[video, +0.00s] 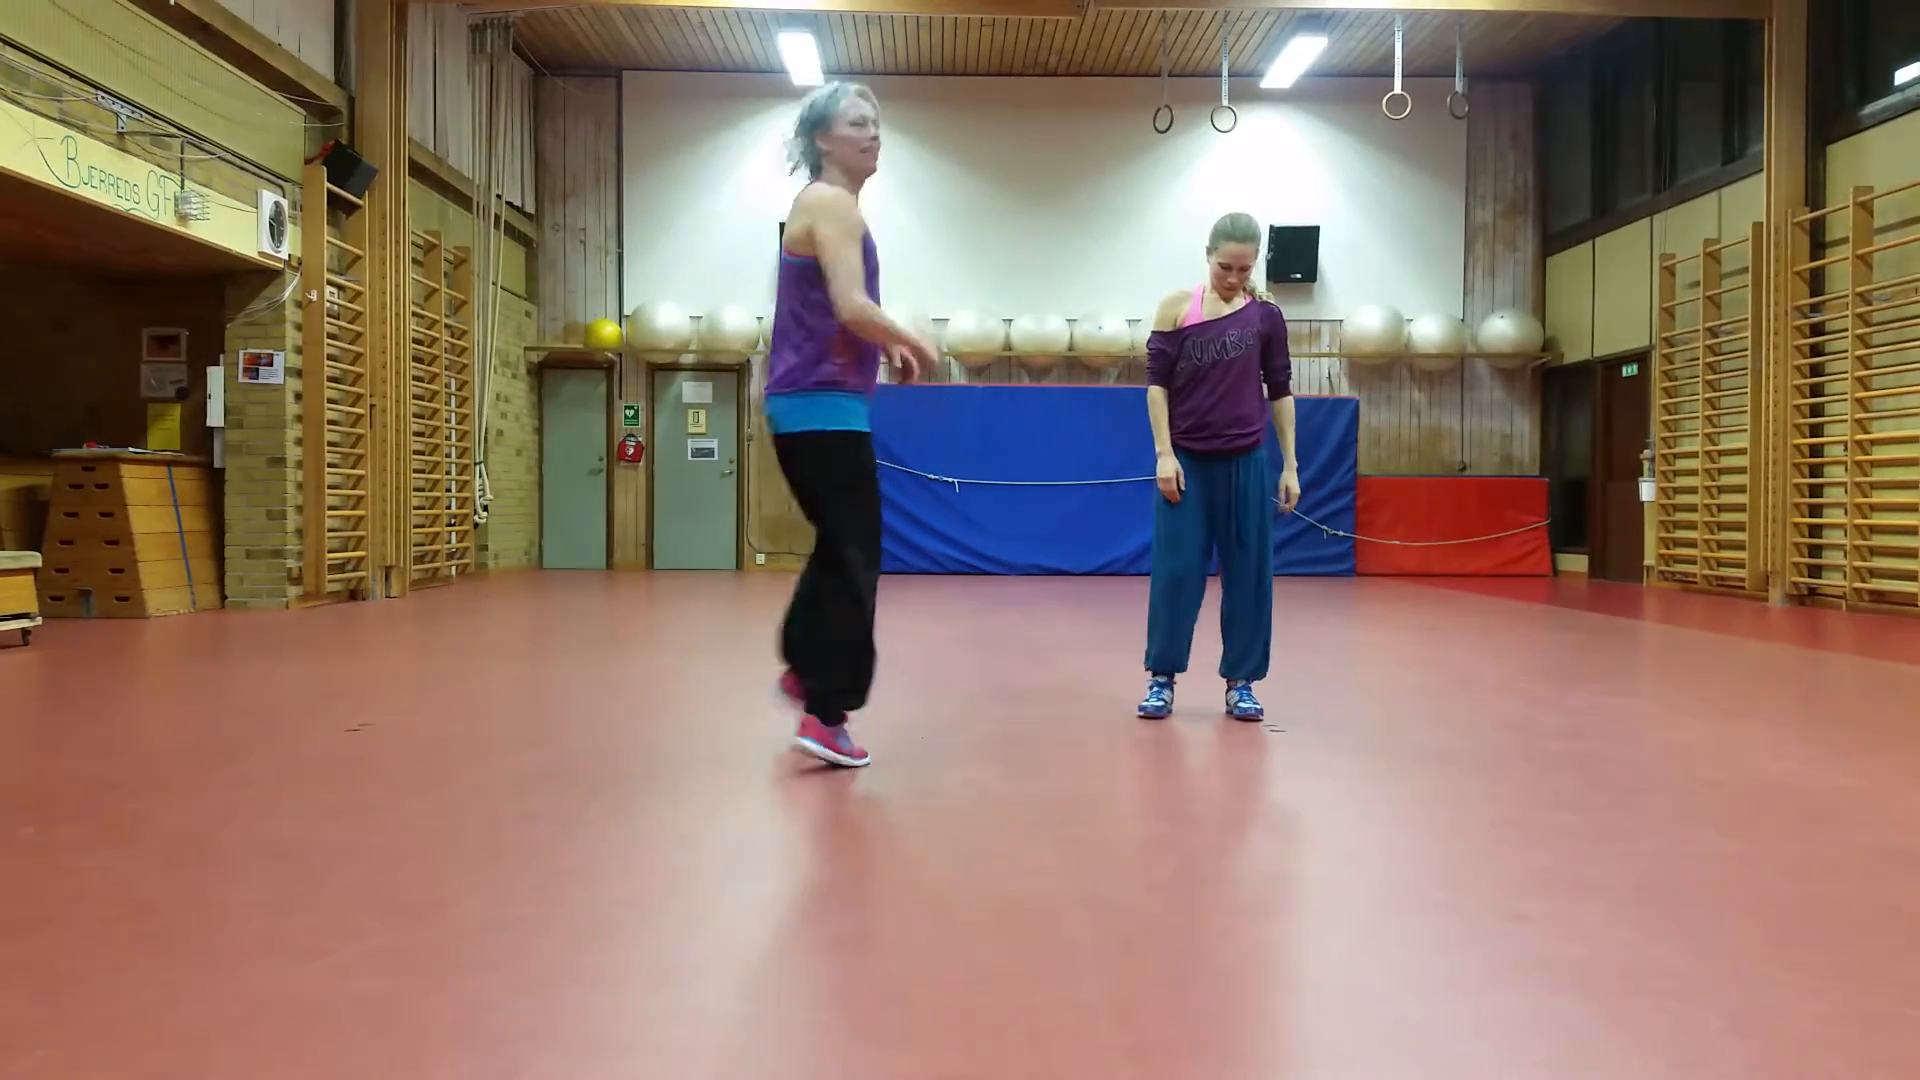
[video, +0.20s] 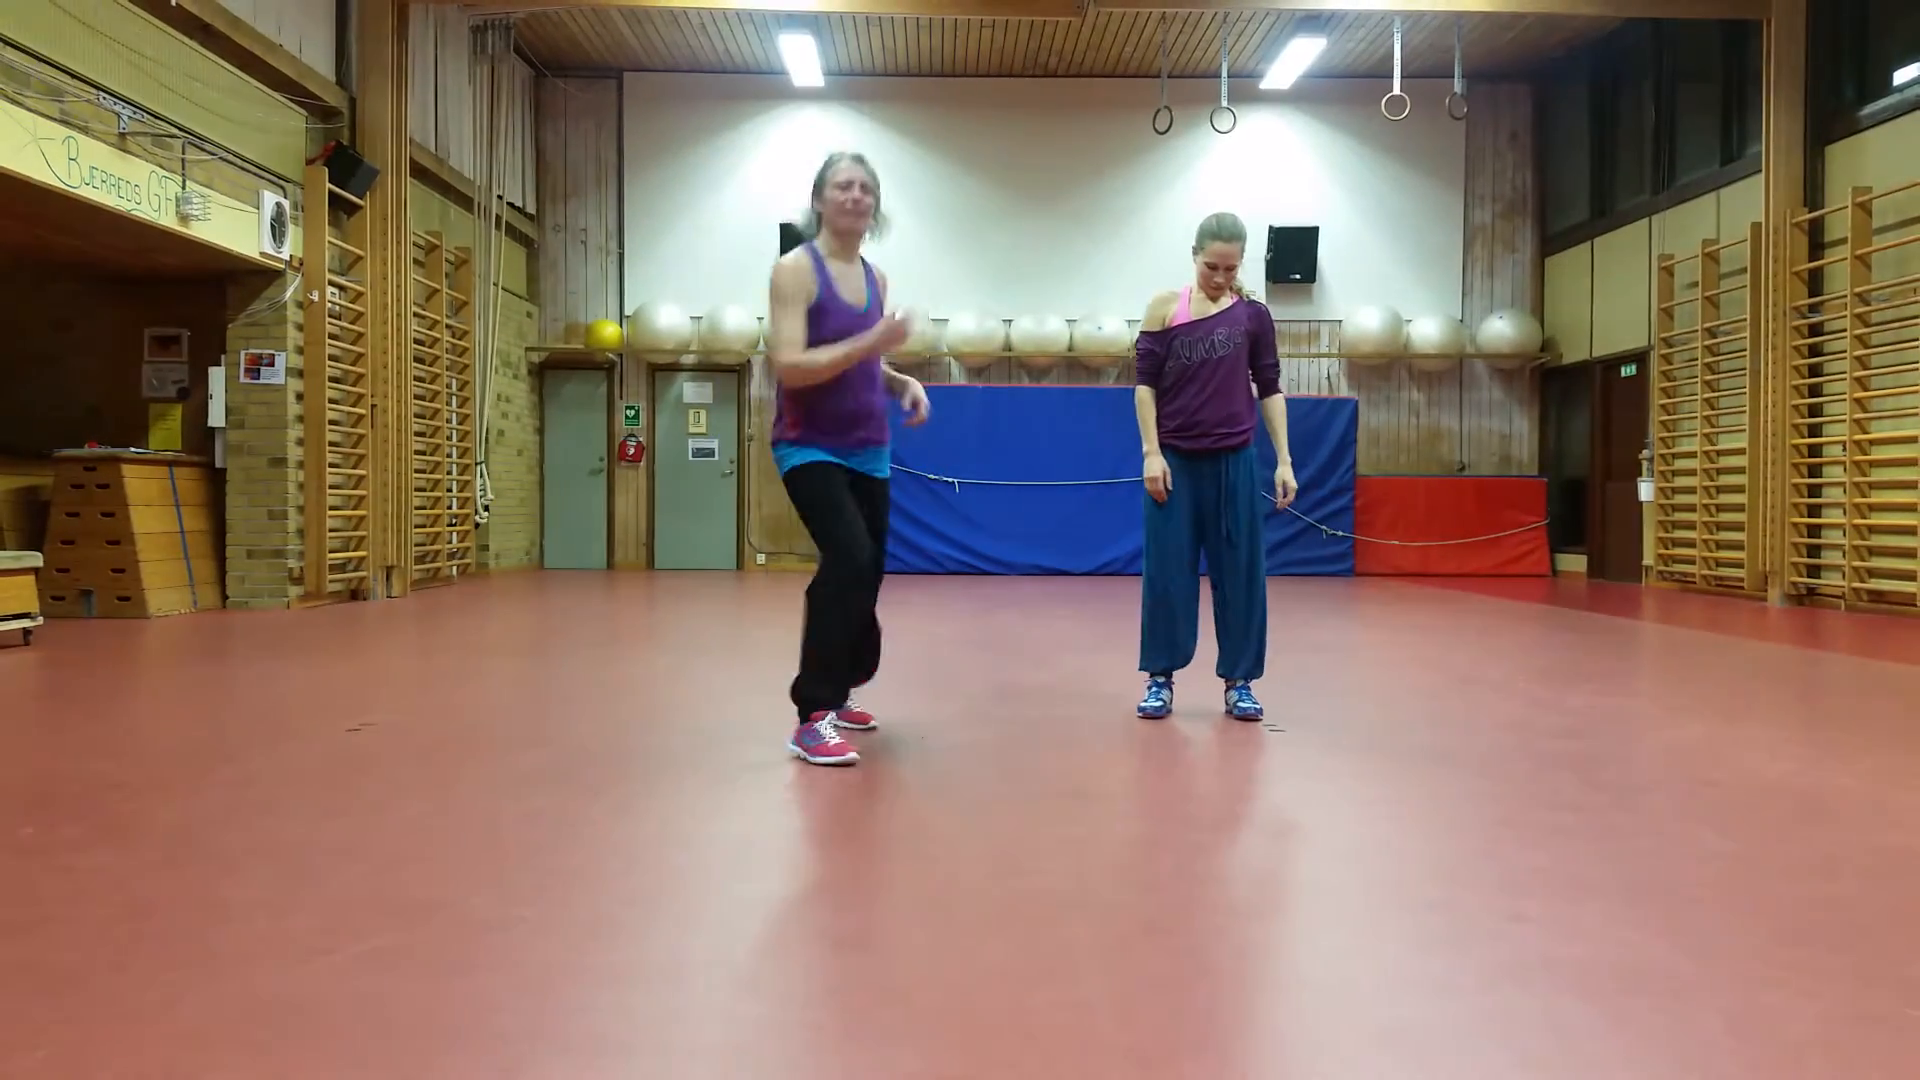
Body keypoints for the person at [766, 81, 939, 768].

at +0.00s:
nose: (874, 136)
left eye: (876, 126)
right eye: (858, 126)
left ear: (871, 139)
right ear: (822, 140)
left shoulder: (817, 205)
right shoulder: (833, 204)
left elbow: (831, 315)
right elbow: (850, 307)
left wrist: (890, 345)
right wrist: (907, 341)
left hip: (807, 409)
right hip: (829, 412)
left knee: (840, 543)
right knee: (856, 551)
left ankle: (804, 666)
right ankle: (826, 717)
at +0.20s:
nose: (854, 197)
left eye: (864, 189)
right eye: (841, 187)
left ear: (876, 205)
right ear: (818, 200)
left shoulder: (876, 279)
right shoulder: (794, 270)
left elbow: (862, 363)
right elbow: (789, 368)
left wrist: (904, 382)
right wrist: (872, 342)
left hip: (868, 447)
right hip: (809, 445)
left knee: (865, 566)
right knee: (849, 559)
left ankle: (834, 695)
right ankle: (813, 717)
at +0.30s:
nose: (844, 193)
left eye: (856, 185)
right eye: (833, 182)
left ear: (868, 199)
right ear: (811, 191)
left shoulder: (879, 270)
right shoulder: (783, 266)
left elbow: (894, 354)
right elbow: (764, 362)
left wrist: (918, 362)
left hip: (873, 443)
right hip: (811, 441)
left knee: (866, 569)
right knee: (827, 563)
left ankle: (843, 693)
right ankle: (808, 707)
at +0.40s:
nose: (834, 186)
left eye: (844, 178)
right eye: (822, 177)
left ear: (860, 192)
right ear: (802, 190)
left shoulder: (881, 258)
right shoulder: (779, 267)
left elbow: (917, 347)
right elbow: (742, 356)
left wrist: (918, 308)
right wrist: (711, 433)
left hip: (864, 435)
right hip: (798, 431)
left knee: (859, 560)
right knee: (811, 549)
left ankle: (839, 689)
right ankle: (793, 694)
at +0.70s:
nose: (808, 185)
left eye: (819, 176)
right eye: (797, 175)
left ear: (838, 189)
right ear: (782, 187)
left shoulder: (857, 249)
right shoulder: (756, 260)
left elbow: (895, 294)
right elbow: (716, 348)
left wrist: (861, 215)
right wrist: (667, 421)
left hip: (848, 436)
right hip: (776, 435)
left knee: (847, 566)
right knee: (773, 563)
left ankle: (840, 688)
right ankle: (765, 690)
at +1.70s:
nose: (836, 177)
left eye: (847, 169)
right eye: (824, 169)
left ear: (865, 184)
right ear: (808, 187)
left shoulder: (893, 250)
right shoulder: (789, 260)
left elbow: (942, 306)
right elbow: (758, 343)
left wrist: (912, 234)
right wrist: (737, 397)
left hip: (879, 432)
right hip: (805, 433)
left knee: (890, 550)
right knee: (812, 568)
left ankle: (880, 674)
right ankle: (821, 697)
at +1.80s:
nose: (839, 170)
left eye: (849, 162)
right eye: (827, 163)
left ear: (867, 179)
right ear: (811, 181)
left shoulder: (892, 239)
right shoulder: (791, 247)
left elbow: (939, 263)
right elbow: (763, 325)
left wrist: (925, 187)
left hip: (882, 422)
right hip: (810, 426)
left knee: (885, 540)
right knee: (812, 566)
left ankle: (883, 662)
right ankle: (821, 696)